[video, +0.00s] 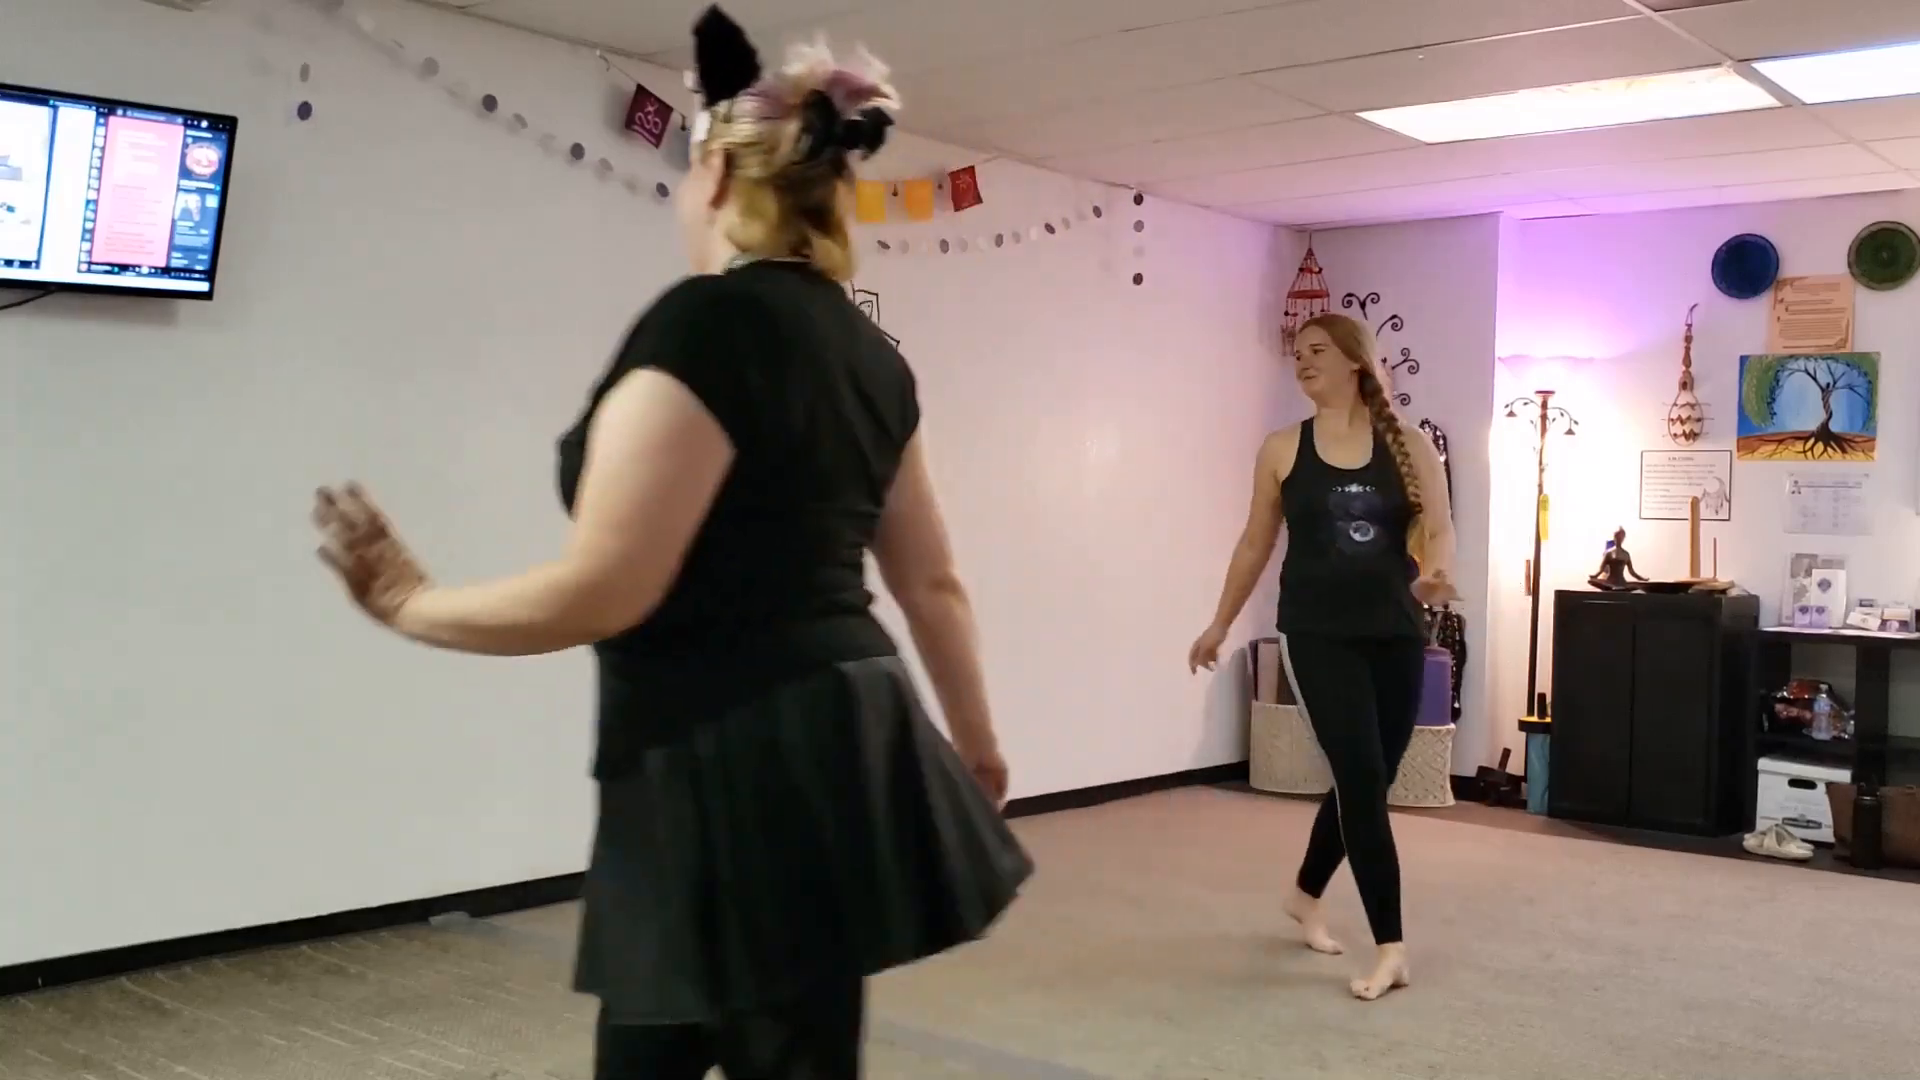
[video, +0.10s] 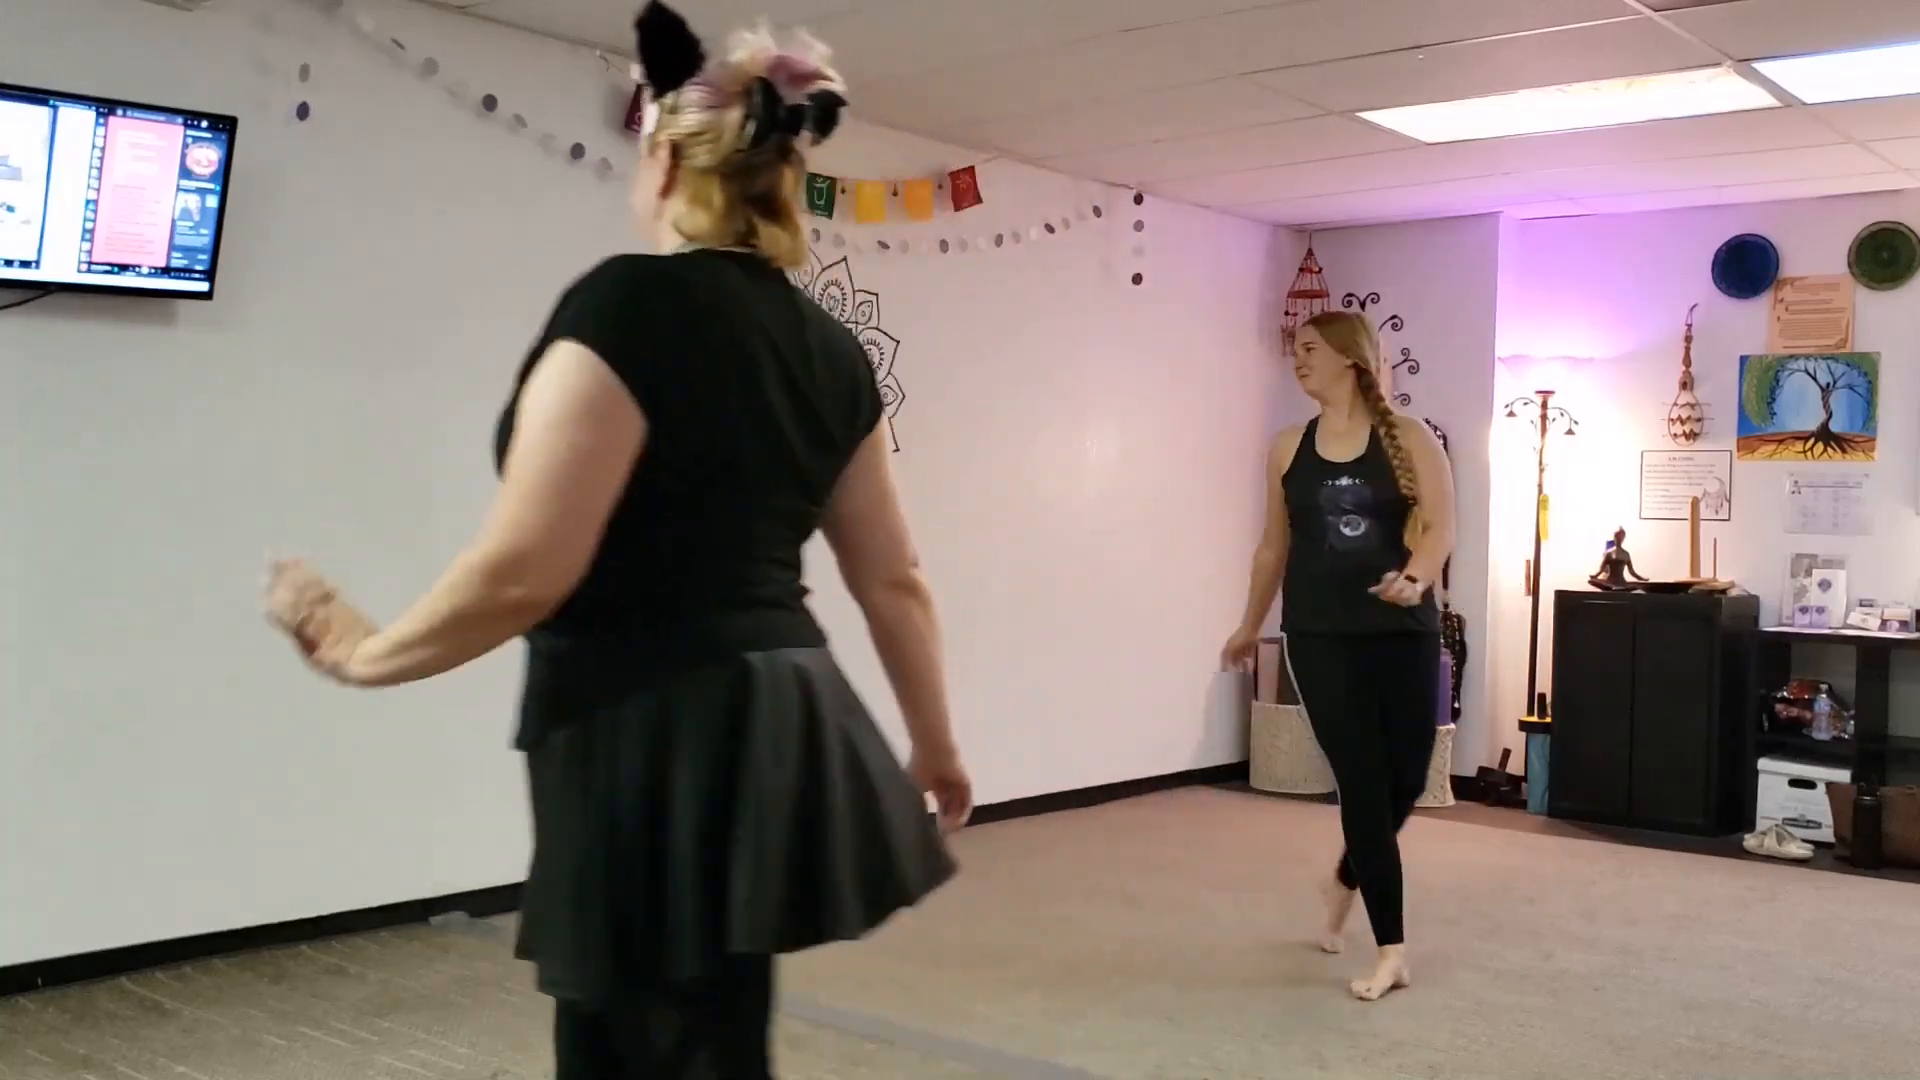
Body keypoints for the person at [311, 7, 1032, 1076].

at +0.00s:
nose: (679, 201)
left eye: (685, 176)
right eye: (683, 176)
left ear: (719, 172)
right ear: (823, 192)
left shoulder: (706, 326)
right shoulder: (870, 355)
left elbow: (605, 588)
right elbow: (930, 580)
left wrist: (408, 602)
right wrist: (978, 741)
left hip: (707, 761)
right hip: (843, 736)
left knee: (646, 1054)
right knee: (802, 1052)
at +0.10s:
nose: (633, 173)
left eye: (640, 147)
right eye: (638, 146)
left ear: (666, 153)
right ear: (782, 178)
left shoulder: (626, 306)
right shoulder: (829, 348)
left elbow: (528, 565)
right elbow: (892, 577)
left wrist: (366, 655)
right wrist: (935, 744)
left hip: (635, 728)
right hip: (779, 712)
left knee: (621, 1042)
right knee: (725, 1041)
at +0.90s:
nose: (326, 227)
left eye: (326, 206)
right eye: (325, 206)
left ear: (348, 207)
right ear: (471, 196)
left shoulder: (309, 336)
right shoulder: (582, 341)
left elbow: (223, 561)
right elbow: (660, 573)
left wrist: (138, 423)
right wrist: (618, 651)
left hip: (324, 714)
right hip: (517, 717)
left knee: (277, 1047)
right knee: (478, 1053)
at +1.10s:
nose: (277, 221)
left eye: (278, 202)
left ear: (291, 208)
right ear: (417, 199)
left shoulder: (255, 354)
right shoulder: (522, 345)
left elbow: (121, 573)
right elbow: (607, 558)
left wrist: (46, 408)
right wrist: (590, 666)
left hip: (253, 719)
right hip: (441, 726)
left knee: (233, 1047)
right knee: (422, 1048)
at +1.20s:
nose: (260, 230)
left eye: (261, 211)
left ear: (272, 219)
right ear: (397, 213)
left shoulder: (232, 364)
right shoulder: (498, 351)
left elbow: (90, 570)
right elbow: (591, 557)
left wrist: (6, 401)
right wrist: (596, 680)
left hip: (229, 723)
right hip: (417, 730)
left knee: (218, 1042)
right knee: (402, 1040)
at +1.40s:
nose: (258, 233)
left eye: (261, 221)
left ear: (266, 245)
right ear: (384, 249)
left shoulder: (194, 365)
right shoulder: (469, 377)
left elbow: (114, 560)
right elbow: (554, 579)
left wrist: (0, 498)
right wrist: (576, 728)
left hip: (208, 705)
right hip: (388, 726)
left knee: (224, 1005)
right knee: (397, 972)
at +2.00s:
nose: (510, 291)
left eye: (511, 270)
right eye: (502, 269)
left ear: (413, 265)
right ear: (441, 268)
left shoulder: (317, 362)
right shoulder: (460, 367)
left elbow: (308, 519)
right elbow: (473, 543)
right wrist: (539, 722)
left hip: (307, 678)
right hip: (440, 694)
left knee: (305, 977)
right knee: (478, 967)